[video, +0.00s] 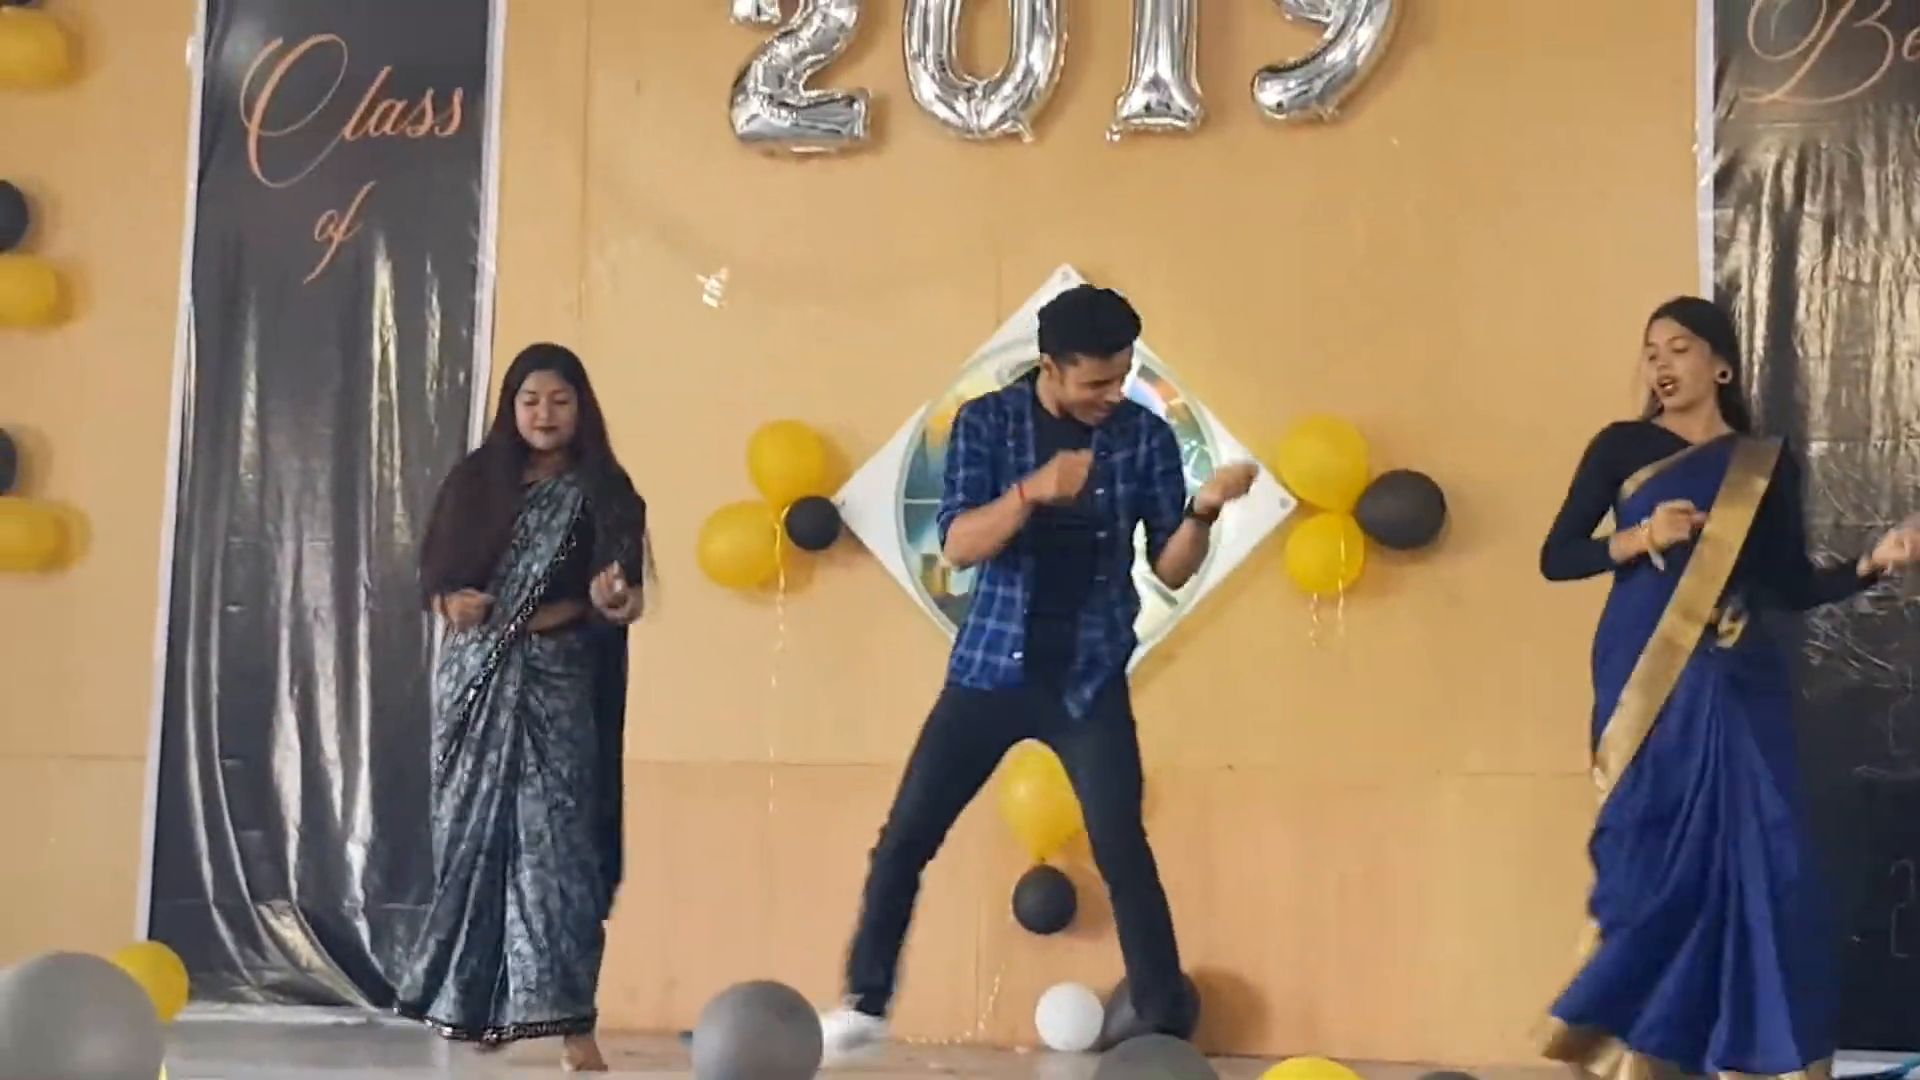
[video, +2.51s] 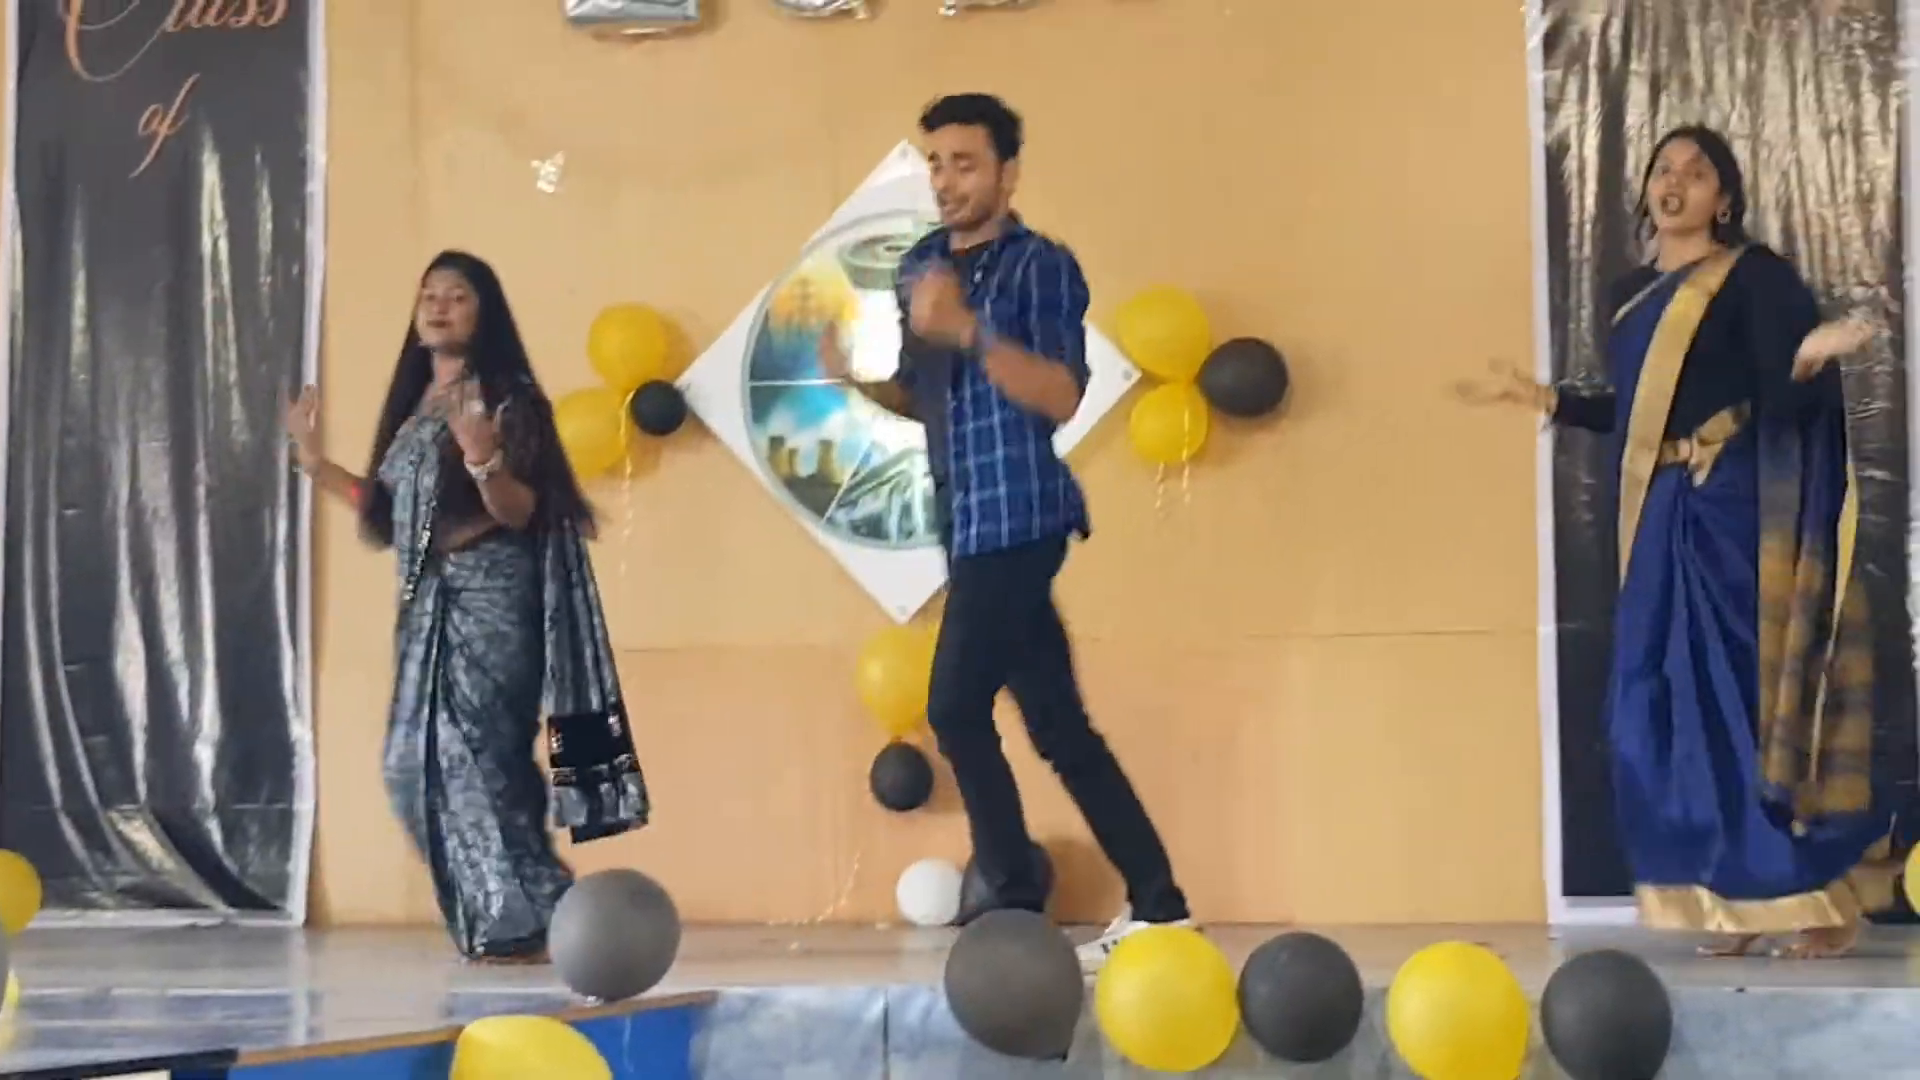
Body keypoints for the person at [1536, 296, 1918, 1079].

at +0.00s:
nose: (1660, 364)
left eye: (1678, 349)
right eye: (1651, 352)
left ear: (1721, 362)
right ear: (1644, 367)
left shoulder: (1767, 462)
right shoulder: (1618, 446)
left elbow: (1786, 586)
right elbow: (1558, 557)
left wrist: (1866, 566)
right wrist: (1638, 537)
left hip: (1741, 669)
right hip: (1641, 670)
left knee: (1760, 844)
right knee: (1659, 851)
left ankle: (1760, 1047)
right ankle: (1650, 1041)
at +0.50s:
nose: (1616, 465)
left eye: (1632, 447)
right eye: (1606, 454)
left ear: (1675, 453)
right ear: (1601, 468)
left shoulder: (1740, 523)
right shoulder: (1598, 559)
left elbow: (1805, 618)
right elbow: (1584, 690)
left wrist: (1708, 595)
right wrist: (1563, 656)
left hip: (1743, 760)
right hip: (1644, 770)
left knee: (1751, 936)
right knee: (1626, 931)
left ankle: (1758, 1065)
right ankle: (1641, 1065)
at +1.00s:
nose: (1453, 316)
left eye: (1468, 302)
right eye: (1449, 302)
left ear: (1508, 314)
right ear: (1441, 314)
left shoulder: (1552, 398)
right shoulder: (1416, 404)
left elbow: (1599, 524)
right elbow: (1395, 509)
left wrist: (1542, 545)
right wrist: (1361, 551)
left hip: (1524, 623)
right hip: (1443, 624)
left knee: (1505, 805)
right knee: (1408, 786)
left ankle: (1525, 1004)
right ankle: (1388, 1002)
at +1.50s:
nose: (1483, 69)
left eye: (1506, 66)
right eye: (1485, 55)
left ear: (1534, 99)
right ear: (1472, 73)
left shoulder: (1521, 153)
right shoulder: (1479, 162)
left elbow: (1531, 277)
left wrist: (1549, 238)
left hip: (1495, 383)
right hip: (1451, 386)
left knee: (1468, 570)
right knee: (1402, 574)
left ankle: (1558, 762)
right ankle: (1371, 794)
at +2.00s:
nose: (1657, 103)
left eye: (1679, 95)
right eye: (1659, 88)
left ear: (1714, 123)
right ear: (1653, 106)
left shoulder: (1704, 185)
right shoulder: (1661, 194)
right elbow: (1657, 300)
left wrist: (1734, 208)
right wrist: (1606, 275)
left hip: (1694, 431)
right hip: (1663, 427)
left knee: (1619, 608)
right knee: (1725, 621)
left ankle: (1594, 813)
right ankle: (1847, 793)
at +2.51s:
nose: (1676, 183)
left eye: (1695, 172)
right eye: (1664, 171)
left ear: (1725, 194)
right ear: (1647, 193)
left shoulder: (1757, 275)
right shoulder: (1638, 305)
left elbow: (1794, 392)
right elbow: (1634, 412)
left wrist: (1814, 352)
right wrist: (1546, 400)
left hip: (1748, 524)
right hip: (1664, 529)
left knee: (1761, 697)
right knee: (1674, 705)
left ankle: (1820, 899)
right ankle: (1734, 907)